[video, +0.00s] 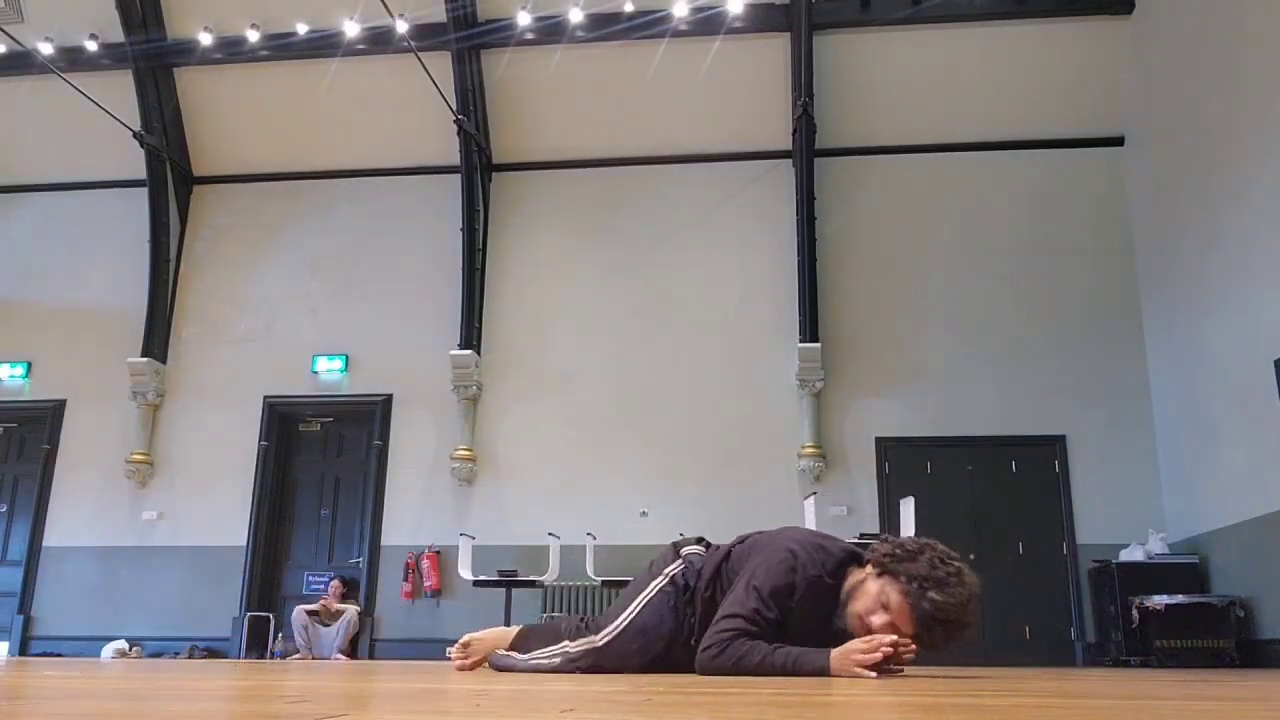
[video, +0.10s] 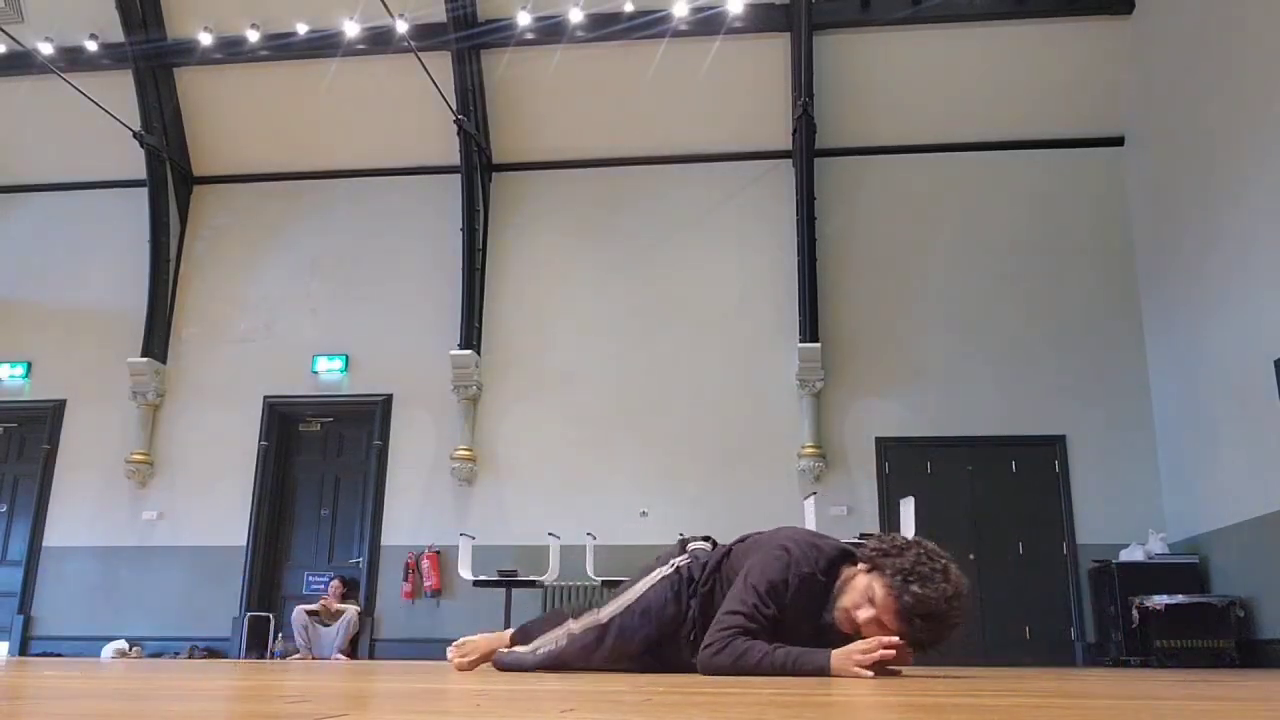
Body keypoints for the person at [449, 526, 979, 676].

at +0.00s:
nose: (880, 636)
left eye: (900, 639)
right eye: (884, 614)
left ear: (912, 644)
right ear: (875, 575)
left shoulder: (866, 606)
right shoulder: (784, 565)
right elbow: (717, 653)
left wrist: (887, 658)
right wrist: (826, 661)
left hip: (716, 636)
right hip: (682, 590)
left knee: (613, 647)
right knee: (589, 655)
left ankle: (517, 637)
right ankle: (499, 653)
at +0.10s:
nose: (865, 624)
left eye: (883, 629)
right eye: (872, 606)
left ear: (897, 639)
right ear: (866, 569)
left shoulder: (856, 614)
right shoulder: (783, 563)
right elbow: (717, 651)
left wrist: (880, 655)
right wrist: (827, 662)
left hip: (710, 640)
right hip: (686, 590)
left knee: (609, 644)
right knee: (575, 646)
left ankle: (521, 637)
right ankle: (500, 650)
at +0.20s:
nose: (854, 615)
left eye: (872, 622)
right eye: (863, 598)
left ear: (890, 637)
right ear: (859, 565)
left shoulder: (846, 630)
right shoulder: (782, 558)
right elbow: (719, 652)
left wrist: (866, 657)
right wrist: (828, 662)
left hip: (693, 648)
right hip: (682, 584)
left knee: (595, 656)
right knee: (576, 621)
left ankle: (527, 645)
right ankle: (503, 651)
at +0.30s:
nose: (850, 613)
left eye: (867, 620)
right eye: (859, 596)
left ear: (886, 637)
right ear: (858, 564)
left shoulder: (851, 638)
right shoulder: (784, 556)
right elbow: (719, 651)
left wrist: (863, 656)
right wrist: (826, 662)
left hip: (697, 642)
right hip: (690, 579)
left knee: (586, 655)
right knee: (593, 570)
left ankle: (543, 635)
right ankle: (505, 649)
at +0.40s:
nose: (853, 617)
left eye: (872, 626)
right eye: (862, 599)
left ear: (892, 640)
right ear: (862, 566)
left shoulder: (876, 633)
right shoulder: (790, 554)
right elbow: (725, 648)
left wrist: (862, 658)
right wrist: (818, 663)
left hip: (711, 637)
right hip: (695, 575)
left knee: (610, 656)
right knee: (592, 554)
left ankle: (573, 641)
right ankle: (503, 646)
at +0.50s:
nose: (860, 612)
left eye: (879, 624)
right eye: (870, 596)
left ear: (902, 640)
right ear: (874, 564)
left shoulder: (893, 634)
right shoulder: (800, 555)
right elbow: (736, 645)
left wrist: (871, 661)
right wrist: (820, 661)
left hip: (722, 636)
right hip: (701, 572)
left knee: (637, 646)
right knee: (590, 545)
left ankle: (594, 649)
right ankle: (507, 643)